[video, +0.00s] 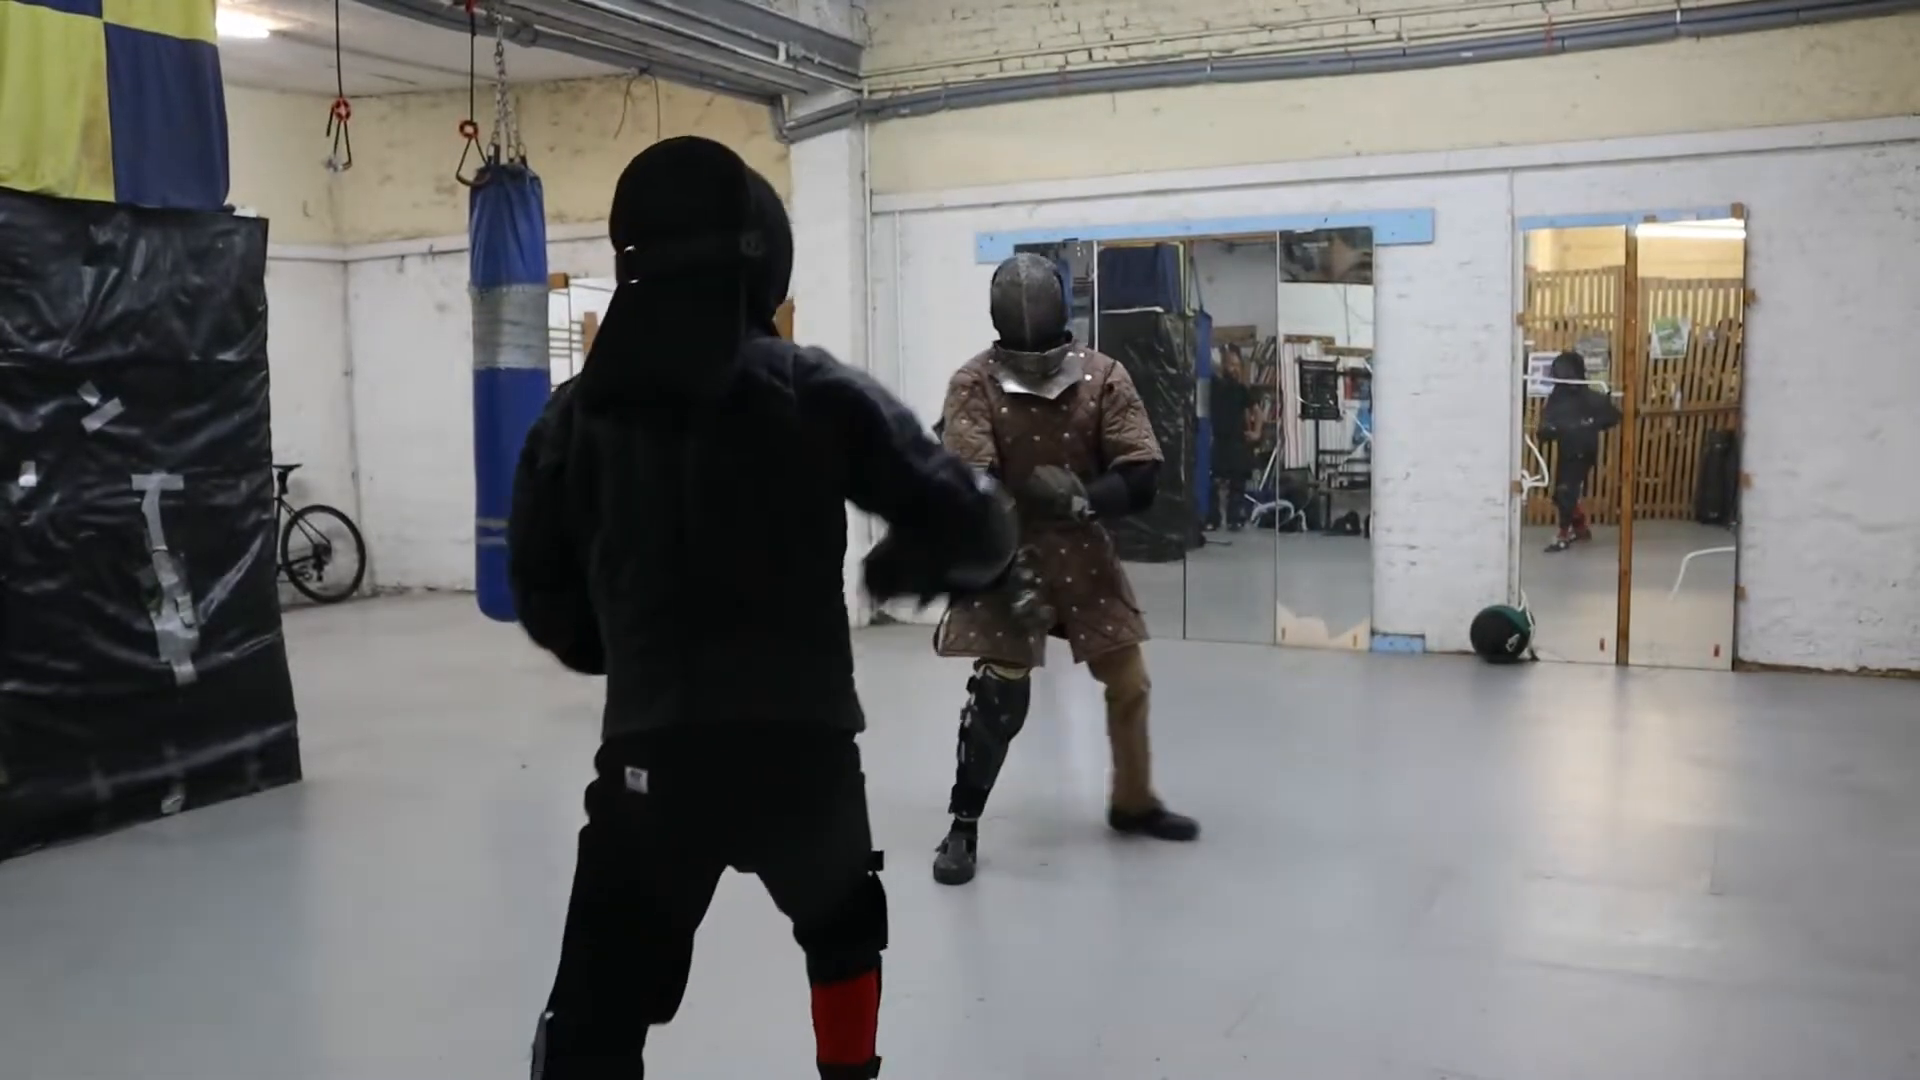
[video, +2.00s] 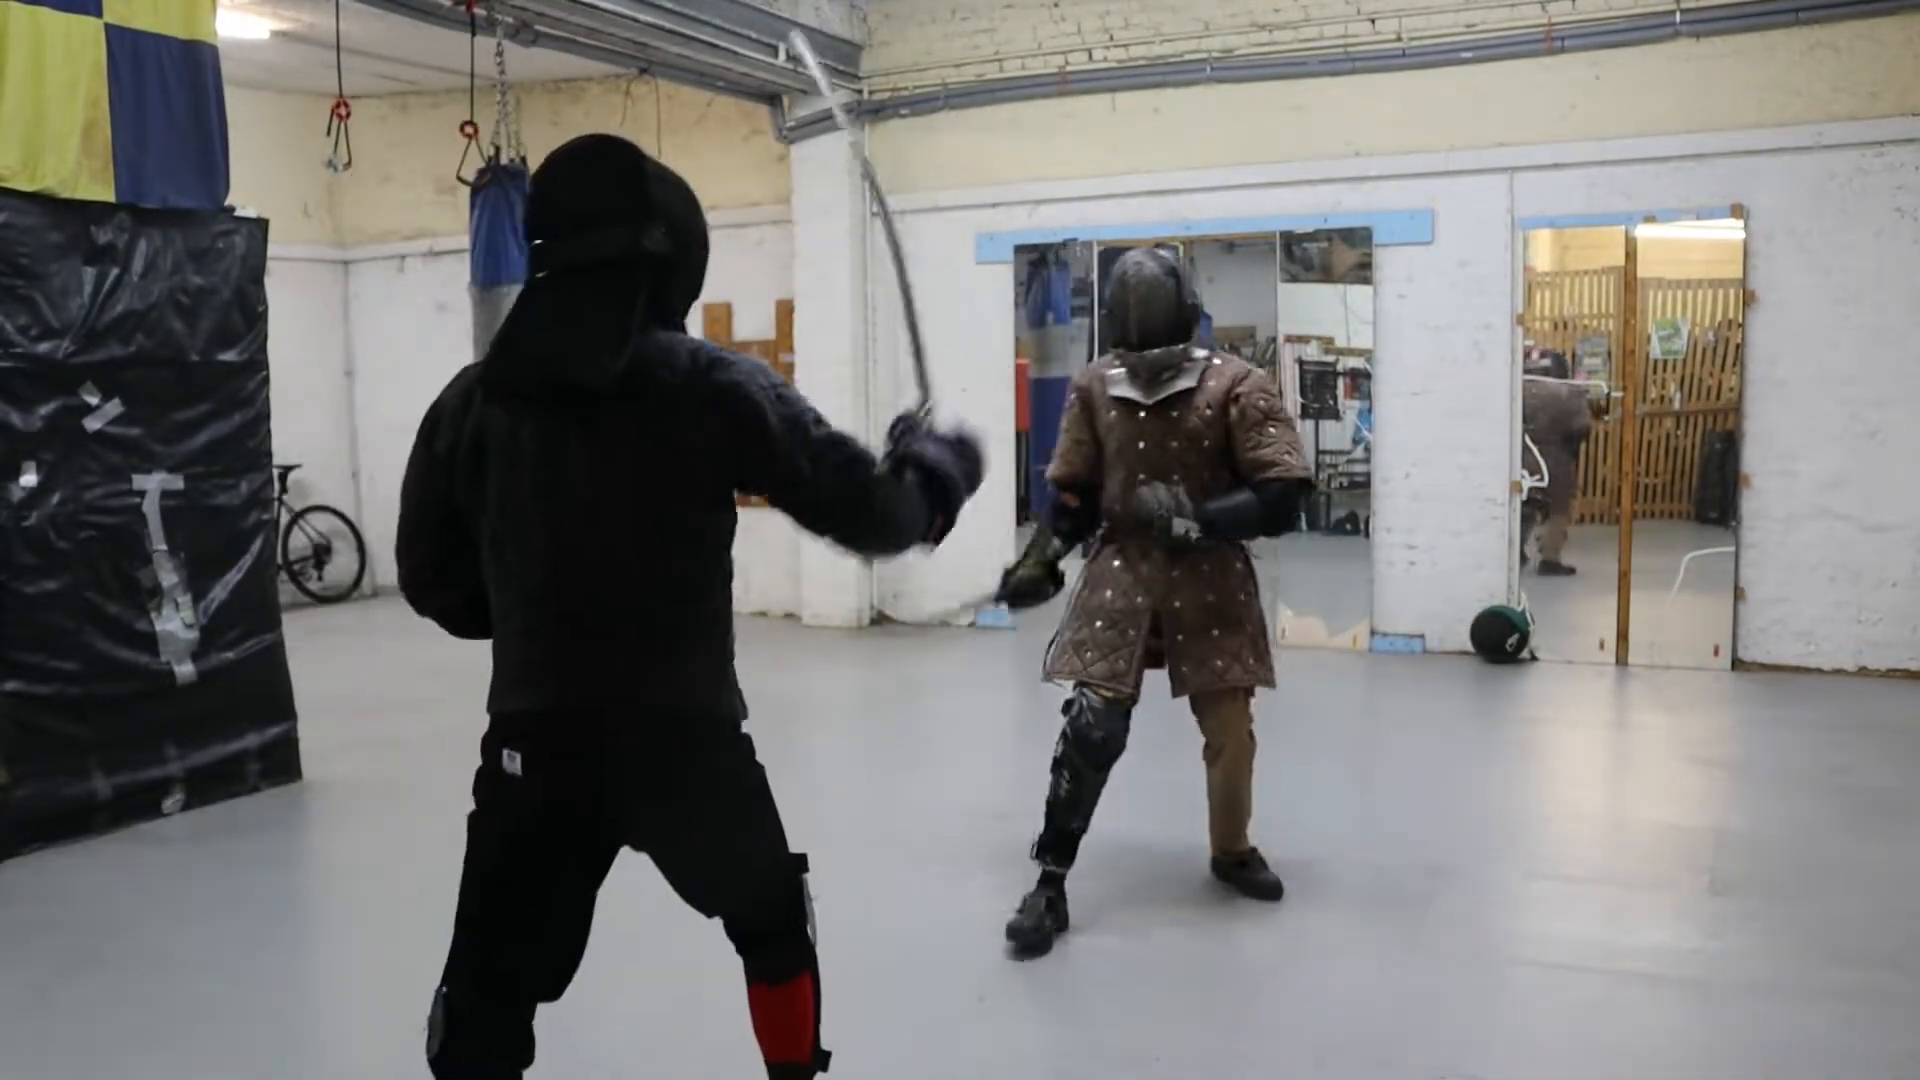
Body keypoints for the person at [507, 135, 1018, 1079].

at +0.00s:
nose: (790, 286)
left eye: (780, 261)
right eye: (779, 261)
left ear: (635, 271)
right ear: (759, 271)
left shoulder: (572, 420)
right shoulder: (812, 393)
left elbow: (548, 605)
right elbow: (970, 518)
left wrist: (636, 651)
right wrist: (900, 569)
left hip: (652, 766)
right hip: (804, 759)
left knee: (596, 1010)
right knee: (843, 925)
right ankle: (850, 1069)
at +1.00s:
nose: (692, 263)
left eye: (684, 237)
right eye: (681, 238)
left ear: (533, 243)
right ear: (656, 246)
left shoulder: (454, 390)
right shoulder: (688, 377)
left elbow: (420, 577)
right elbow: (858, 526)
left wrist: (533, 620)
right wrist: (880, 518)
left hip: (512, 764)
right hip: (672, 761)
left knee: (449, 1026)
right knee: (776, 946)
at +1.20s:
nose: (623, 297)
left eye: (618, 268)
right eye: (613, 269)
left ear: (455, 271)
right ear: (586, 276)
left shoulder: (390, 423)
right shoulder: (612, 412)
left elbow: (378, 617)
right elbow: (796, 552)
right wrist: (834, 497)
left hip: (441, 818)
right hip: (602, 812)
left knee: (372, 1057)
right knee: (759, 959)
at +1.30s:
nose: (583, 288)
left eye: (578, 262)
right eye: (575, 263)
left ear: (416, 263)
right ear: (550, 270)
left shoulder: (341, 415)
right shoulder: (575, 410)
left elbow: (319, 617)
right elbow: (708, 584)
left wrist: (446, 620)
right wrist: (784, 562)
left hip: (396, 813)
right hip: (559, 808)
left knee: (344, 1062)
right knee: (713, 989)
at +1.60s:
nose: (550, 272)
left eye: (545, 246)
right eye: (541, 247)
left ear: (373, 245)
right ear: (505, 252)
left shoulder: (319, 395)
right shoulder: (540, 380)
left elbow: (324, 559)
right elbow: (715, 543)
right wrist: (772, 500)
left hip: (383, 798)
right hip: (543, 790)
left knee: (339, 1058)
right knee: (682, 957)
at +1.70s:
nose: (574, 268)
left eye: (568, 241)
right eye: (564, 243)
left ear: (406, 255)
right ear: (538, 253)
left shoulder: (357, 406)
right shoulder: (576, 381)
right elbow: (783, 460)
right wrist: (856, 401)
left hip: (412, 802)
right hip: (572, 795)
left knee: (359, 1056)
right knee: (698, 959)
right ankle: (756, 1073)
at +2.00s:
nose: (694, 264)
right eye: (684, 244)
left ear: (550, 258)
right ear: (666, 256)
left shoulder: (471, 402)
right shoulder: (710, 390)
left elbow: (435, 580)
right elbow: (873, 511)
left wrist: (540, 602)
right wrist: (938, 466)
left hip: (535, 755)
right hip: (683, 748)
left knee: (485, 995)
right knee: (771, 921)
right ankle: (794, 1071)